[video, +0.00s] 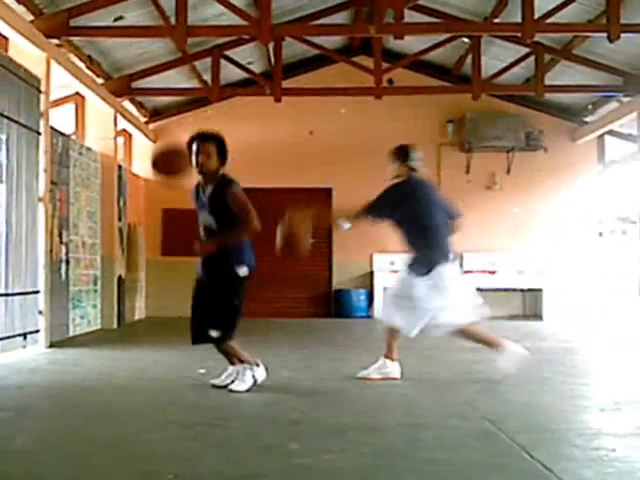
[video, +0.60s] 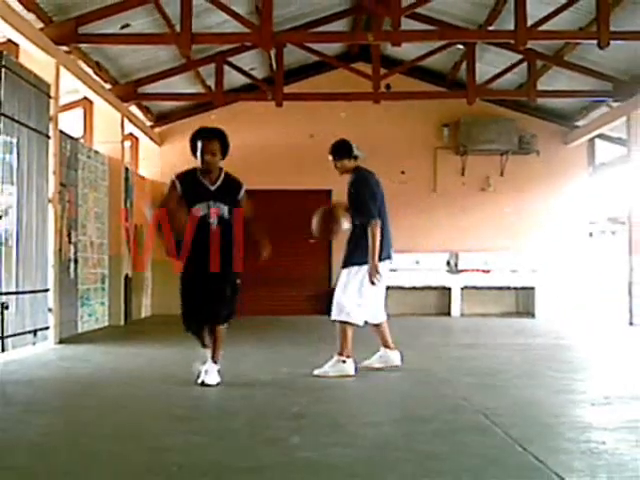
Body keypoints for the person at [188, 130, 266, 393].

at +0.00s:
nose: (201, 161)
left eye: (208, 156)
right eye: (198, 155)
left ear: (221, 159)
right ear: (194, 159)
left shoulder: (229, 189)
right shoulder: (199, 190)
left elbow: (253, 224)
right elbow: (209, 224)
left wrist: (217, 241)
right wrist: (203, 244)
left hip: (234, 263)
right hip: (212, 262)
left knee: (215, 327)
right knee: (206, 324)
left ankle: (250, 366)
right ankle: (236, 364)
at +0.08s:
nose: (202, 162)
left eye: (207, 156)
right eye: (198, 156)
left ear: (221, 159)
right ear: (194, 161)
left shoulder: (236, 191)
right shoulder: (194, 194)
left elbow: (262, 222)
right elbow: (193, 238)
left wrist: (237, 251)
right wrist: (186, 245)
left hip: (232, 262)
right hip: (209, 262)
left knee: (205, 311)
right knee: (207, 315)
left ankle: (236, 362)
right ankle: (240, 357)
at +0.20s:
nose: (202, 146)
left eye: (207, 139)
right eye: (198, 140)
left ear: (221, 143)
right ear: (194, 145)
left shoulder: (238, 173)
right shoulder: (191, 177)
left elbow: (270, 196)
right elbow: (177, 206)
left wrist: (255, 230)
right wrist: (167, 215)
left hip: (232, 244)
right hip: (207, 246)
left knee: (205, 298)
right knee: (218, 301)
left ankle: (227, 350)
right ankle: (236, 357)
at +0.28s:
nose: (201, 136)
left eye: (207, 131)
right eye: (197, 131)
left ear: (221, 134)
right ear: (194, 135)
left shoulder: (238, 160)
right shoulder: (186, 164)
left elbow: (270, 175)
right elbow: (159, 185)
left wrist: (262, 213)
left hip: (231, 237)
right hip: (203, 239)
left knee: (214, 296)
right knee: (211, 298)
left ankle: (218, 353)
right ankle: (229, 352)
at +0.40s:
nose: (202, 142)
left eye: (208, 136)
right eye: (198, 137)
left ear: (221, 139)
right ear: (194, 141)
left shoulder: (237, 163)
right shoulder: (186, 166)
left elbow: (270, 174)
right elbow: (150, 172)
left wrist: (267, 208)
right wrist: (136, 158)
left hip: (230, 245)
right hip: (200, 247)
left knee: (223, 304)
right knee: (205, 308)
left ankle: (216, 361)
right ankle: (223, 356)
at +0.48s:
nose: (204, 153)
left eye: (210, 148)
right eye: (200, 148)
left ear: (223, 151)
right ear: (194, 151)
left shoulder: (236, 178)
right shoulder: (186, 177)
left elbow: (268, 191)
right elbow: (177, 211)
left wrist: (270, 220)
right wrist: (175, 241)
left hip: (227, 257)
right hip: (197, 257)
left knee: (221, 310)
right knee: (202, 313)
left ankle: (215, 361)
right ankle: (221, 355)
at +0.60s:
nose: (209, 157)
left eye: (214, 152)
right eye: (205, 152)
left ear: (223, 154)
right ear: (198, 154)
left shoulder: (235, 186)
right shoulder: (183, 182)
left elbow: (249, 219)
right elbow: (167, 211)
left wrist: (263, 241)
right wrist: (172, 240)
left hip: (225, 262)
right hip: (194, 261)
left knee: (218, 316)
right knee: (193, 317)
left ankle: (215, 363)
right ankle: (208, 351)